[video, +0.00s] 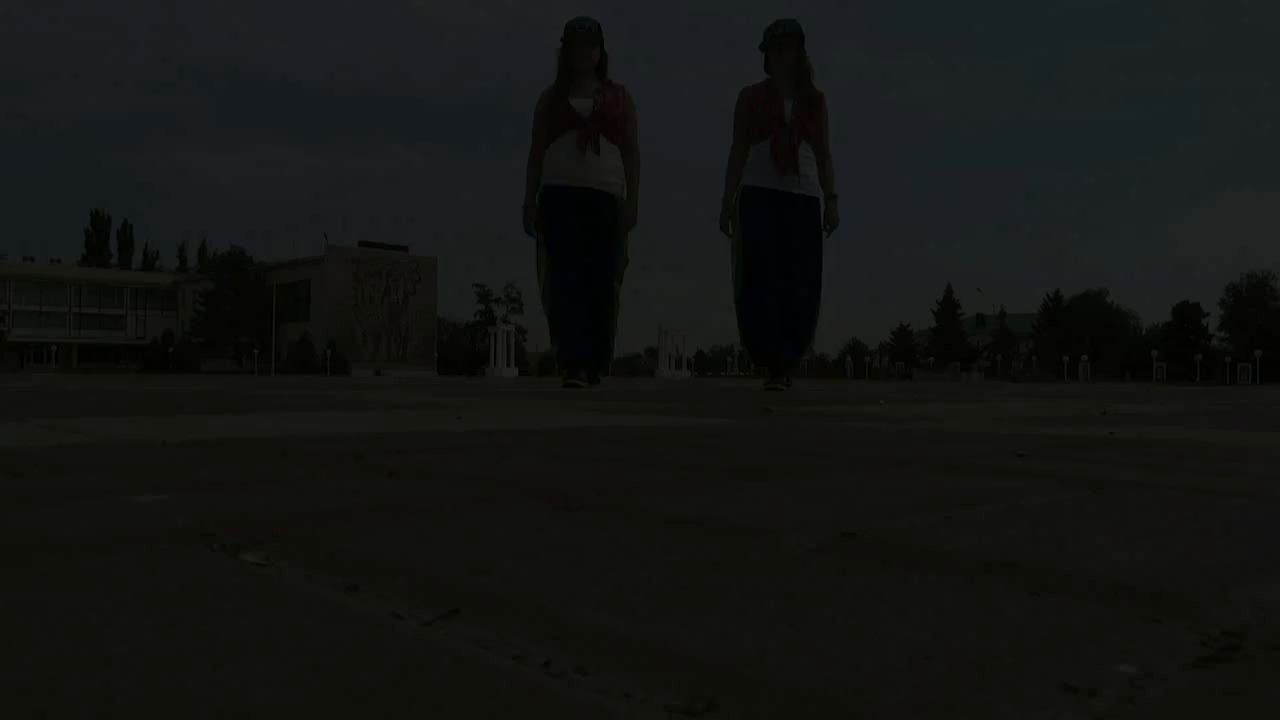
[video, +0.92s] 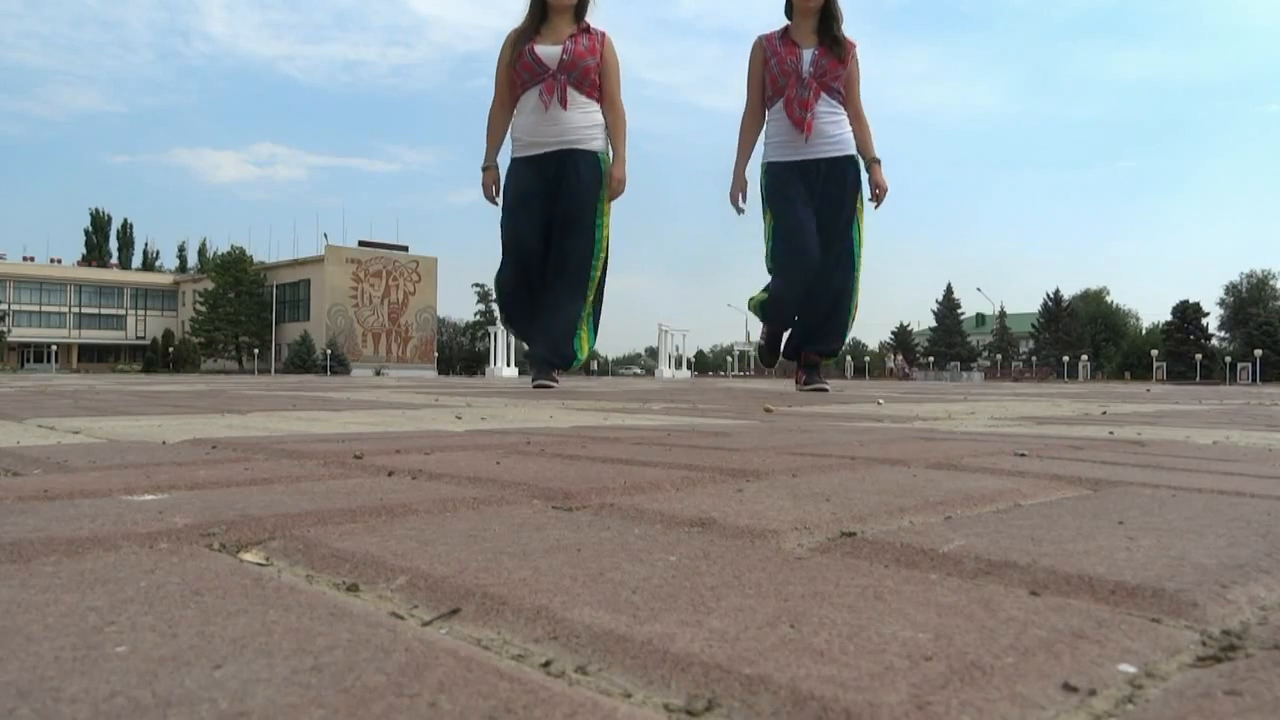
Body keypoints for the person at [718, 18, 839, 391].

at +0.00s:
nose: (785, 58)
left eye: (791, 50)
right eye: (777, 50)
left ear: (801, 54)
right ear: (766, 54)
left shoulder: (813, 98)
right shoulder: (751, 96)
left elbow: (822, 152)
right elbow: (738, 152)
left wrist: (830, 198)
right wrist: (728, 202)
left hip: (802, 201)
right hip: (758, 199)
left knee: (798, 280)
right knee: (760, 279)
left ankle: (787, 366)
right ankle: (768, 365)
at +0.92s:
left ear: (826, 1)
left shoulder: (845, 48)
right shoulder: (766, 47)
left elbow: (855, 112)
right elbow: (754, 112)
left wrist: (873, 163)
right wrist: (740, 170)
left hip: (839, 167)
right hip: (785, 169)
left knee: (835, 265)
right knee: (802, 260)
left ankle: (810, 363)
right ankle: (775, 322)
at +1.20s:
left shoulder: (862, 26)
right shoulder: (778, 28)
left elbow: (873, 85)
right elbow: (767, 100)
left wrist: (892, 120)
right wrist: (752, 164)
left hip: (849, 151)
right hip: (794, 149)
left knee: (842, 249)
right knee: (815, 238)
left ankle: (811, 358)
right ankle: (827, 350)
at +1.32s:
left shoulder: (868, 20)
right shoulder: (784, 22)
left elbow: (878, 82)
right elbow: (771, 96)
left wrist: (895, 119)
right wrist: (757, 164)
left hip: (856, 150)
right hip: (798, 148)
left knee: (845, 250)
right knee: (816, 243)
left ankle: (811, 359)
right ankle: (841, 349)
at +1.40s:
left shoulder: (874, 13)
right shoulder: (787, 13)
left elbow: (884, 78)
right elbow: (774, 89)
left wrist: (900, 126)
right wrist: (760, 159)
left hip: (861, 145)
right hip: (802, 142)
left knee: (850, 247)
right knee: (819, 243)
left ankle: (813, 353)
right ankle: (843, 357)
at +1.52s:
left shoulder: (885, 6)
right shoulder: (788, 4)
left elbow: (891, 67)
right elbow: (779, 67)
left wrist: (909, 131)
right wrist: (763, 137)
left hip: (869, 127)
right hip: (807, 121)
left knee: (859, 242)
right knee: (818, 236)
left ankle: (824, 353)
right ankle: (845, 359)